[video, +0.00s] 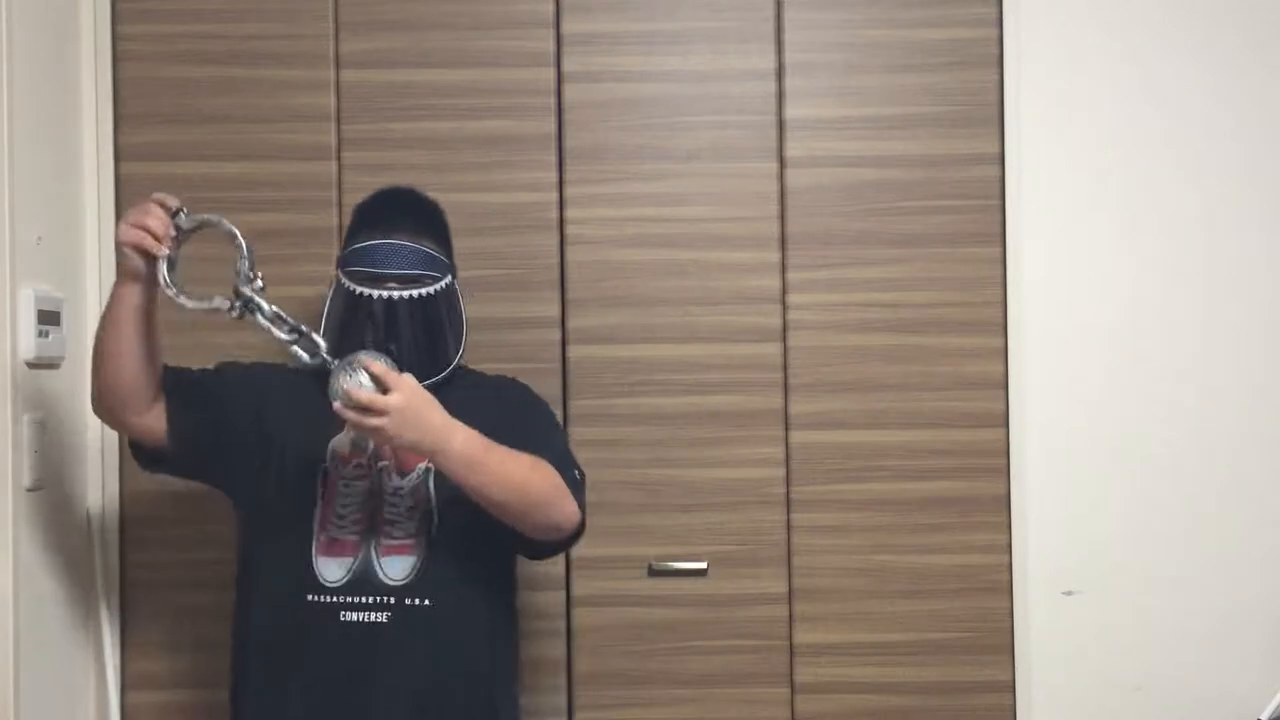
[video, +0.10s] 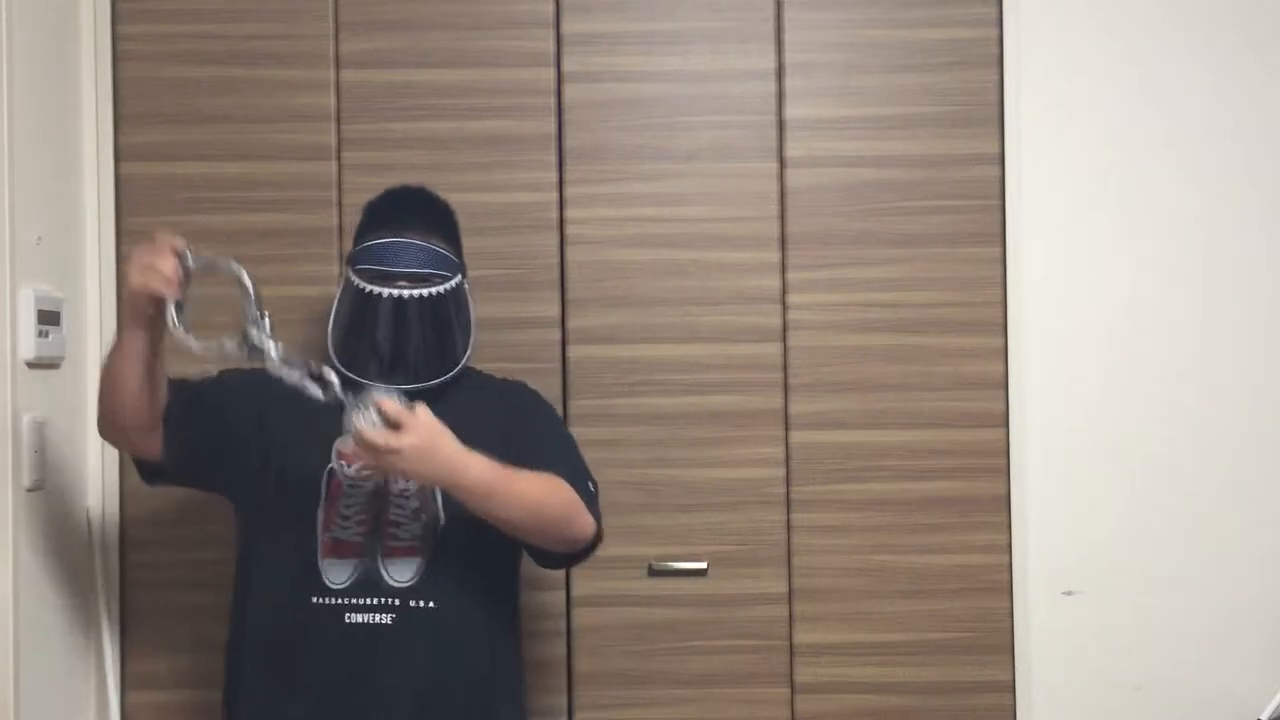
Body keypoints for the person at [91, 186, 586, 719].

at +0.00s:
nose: (390, 301)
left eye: (413, 281)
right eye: (371, 279)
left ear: (448, 289)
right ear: (339, 282)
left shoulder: (501, 409)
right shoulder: (272, 401)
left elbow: (559, 519)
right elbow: (128, 405)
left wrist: (439, 436)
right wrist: (136, 280)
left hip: (453, 701)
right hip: (290, 700)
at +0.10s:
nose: (396, 303)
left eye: (420, 284)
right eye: (378, 282)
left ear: (456, 293)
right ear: (347, 285)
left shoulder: (507, 414)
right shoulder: (270, 405)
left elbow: (575, 528)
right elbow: (134, 426)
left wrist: (451, 467)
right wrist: (142, 318)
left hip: (457, 701)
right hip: (289, 701)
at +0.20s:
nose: (415, 308)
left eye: (439, 289)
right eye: (398, 287)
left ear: (473, 296)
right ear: (367, 287)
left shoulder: (526, 421)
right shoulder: (292, 410)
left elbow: (600, 546)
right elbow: (160, 473)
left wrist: (479, 530)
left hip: (468, 702)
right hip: (301, 702)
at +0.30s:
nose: (444, 317)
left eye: (466, 299)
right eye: (427, 295)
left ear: (500, 304)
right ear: (395, 294)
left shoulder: (554, 431)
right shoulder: (322, 419)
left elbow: (622, 558)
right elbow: (220, 525)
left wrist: (527, 608)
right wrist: (214, 498)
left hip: (498, 707)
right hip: (332, 704)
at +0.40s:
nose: (486, 330)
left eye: (506, 310)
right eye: (468, 308)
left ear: (537, 311)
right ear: (435, 305)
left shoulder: (592, 437)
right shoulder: (363, 433)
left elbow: (636, 582)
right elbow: (304, 550)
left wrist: (582, 683)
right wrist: (286, 602)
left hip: (527, 701)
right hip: (382, 695)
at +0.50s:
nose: (532, 335)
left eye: (552, 315)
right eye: (512, 314)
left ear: (583, 316)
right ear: (479, 311)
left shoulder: (646, 441)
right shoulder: (416, 442)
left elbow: (684, 583)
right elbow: (369, 559)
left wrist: (648, 699)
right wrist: (369, 641)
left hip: (593, 704)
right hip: (444, 705)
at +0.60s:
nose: (575, 331)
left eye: (596, 311)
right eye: (555, 311)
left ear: (627, 309)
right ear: (522, 307)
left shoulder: (695, 435)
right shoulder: (459, 441)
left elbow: (748, 574)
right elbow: (405, 559)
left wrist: (720, 684)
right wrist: (420, 618)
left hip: (659, 699)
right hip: (506, 700)